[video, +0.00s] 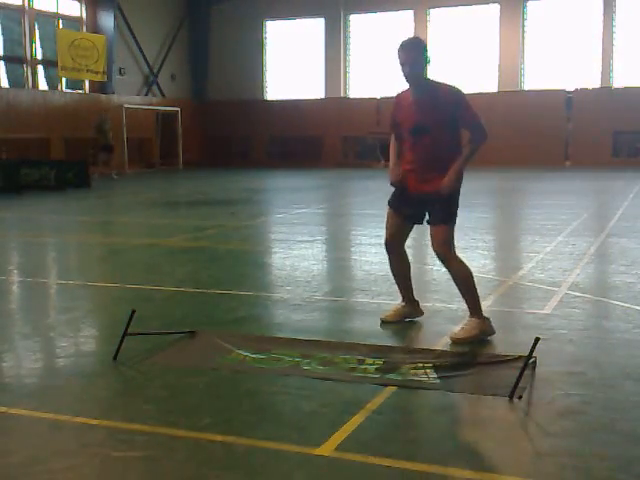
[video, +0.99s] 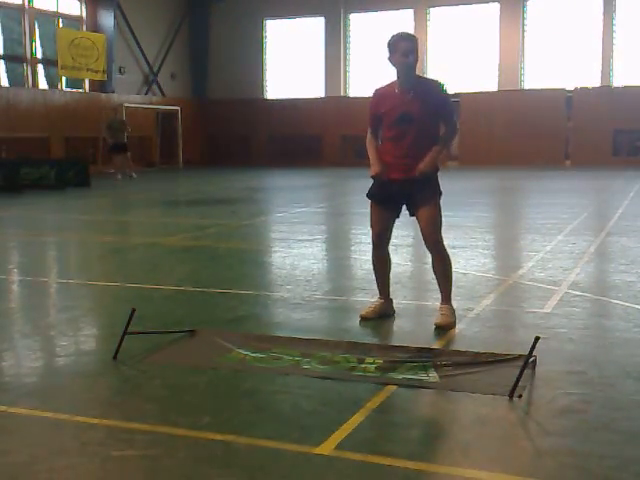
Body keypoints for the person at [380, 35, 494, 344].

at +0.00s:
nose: (407, 69)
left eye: (412, 63)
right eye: (403, 63)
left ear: (426, 61)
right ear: (399, 65)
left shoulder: (449, 96)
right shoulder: (401, 101)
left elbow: (478, 134)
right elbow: (395, 136)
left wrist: (455, 172)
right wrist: (394, 165)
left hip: (442, 187)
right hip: (409, 185)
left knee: (443, 250)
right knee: (393, 243)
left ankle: (478, 318)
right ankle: (410, 304)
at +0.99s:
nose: (408, 58)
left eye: (412, 53)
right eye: (402, 53)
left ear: (418, 56)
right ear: (391, 57)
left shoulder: (432, 91)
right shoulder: (380, 96)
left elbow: (450, 127)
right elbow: (371, 134)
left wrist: (434, 156)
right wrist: (375, 163)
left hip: (422, 180)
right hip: (386, 181)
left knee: (434, 242)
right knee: (378, 240)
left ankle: (446, 305)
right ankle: (384, 301)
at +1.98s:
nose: (380, 60)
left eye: (385, 54)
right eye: (378, 55)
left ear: (402, 53)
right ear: (380, 56)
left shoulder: (427, 88)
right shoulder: (378, 92)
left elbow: (445, 131)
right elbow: (370, 131)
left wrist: (428, 152)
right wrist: (368, 158)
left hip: (417, 179)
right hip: (382, 179)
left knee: (430, 241)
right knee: (376, 239)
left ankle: (445, 304)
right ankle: (384, 300)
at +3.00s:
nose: (294, 94)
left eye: (297, 88)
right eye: (289, 90)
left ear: (306, 85)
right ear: (285, 91)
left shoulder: (335, 110)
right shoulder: (288, 113)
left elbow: (357, 144)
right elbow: (287, 141)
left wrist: (329, 161)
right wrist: (284, 171)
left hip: (338, 187)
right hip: (304, 187)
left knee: (368, 241)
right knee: (270, 241)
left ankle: (396, 289)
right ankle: (255, 293)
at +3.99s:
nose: (474, 142)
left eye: (479, 135)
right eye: (470, 135)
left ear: (491, 133)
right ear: (463, 130)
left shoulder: (501, 159)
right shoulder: (443, 153)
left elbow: (531, 182)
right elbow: (416, 191)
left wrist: (551, 215)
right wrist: (451, 208)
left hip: (470, 219)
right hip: (432, 219)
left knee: (501, 261)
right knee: (412, 278)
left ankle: (525, 317)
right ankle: (455, 284)